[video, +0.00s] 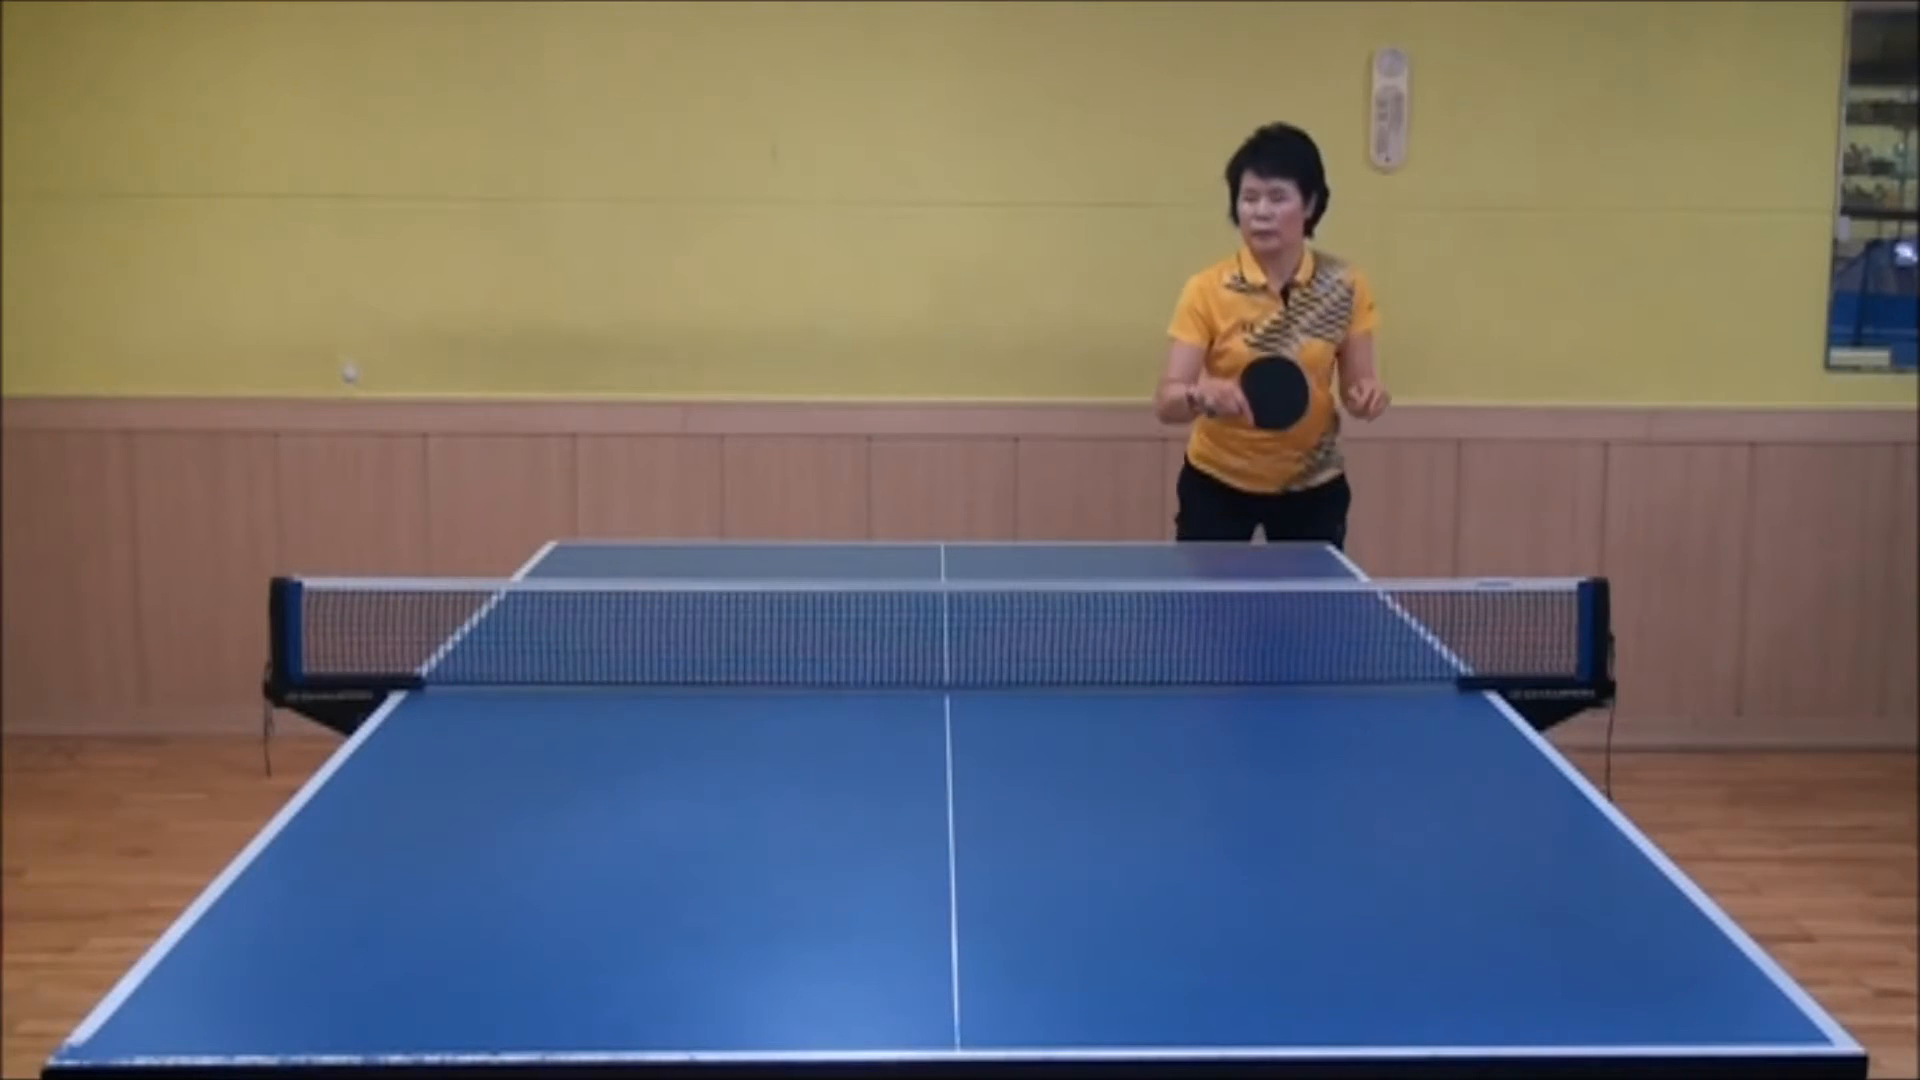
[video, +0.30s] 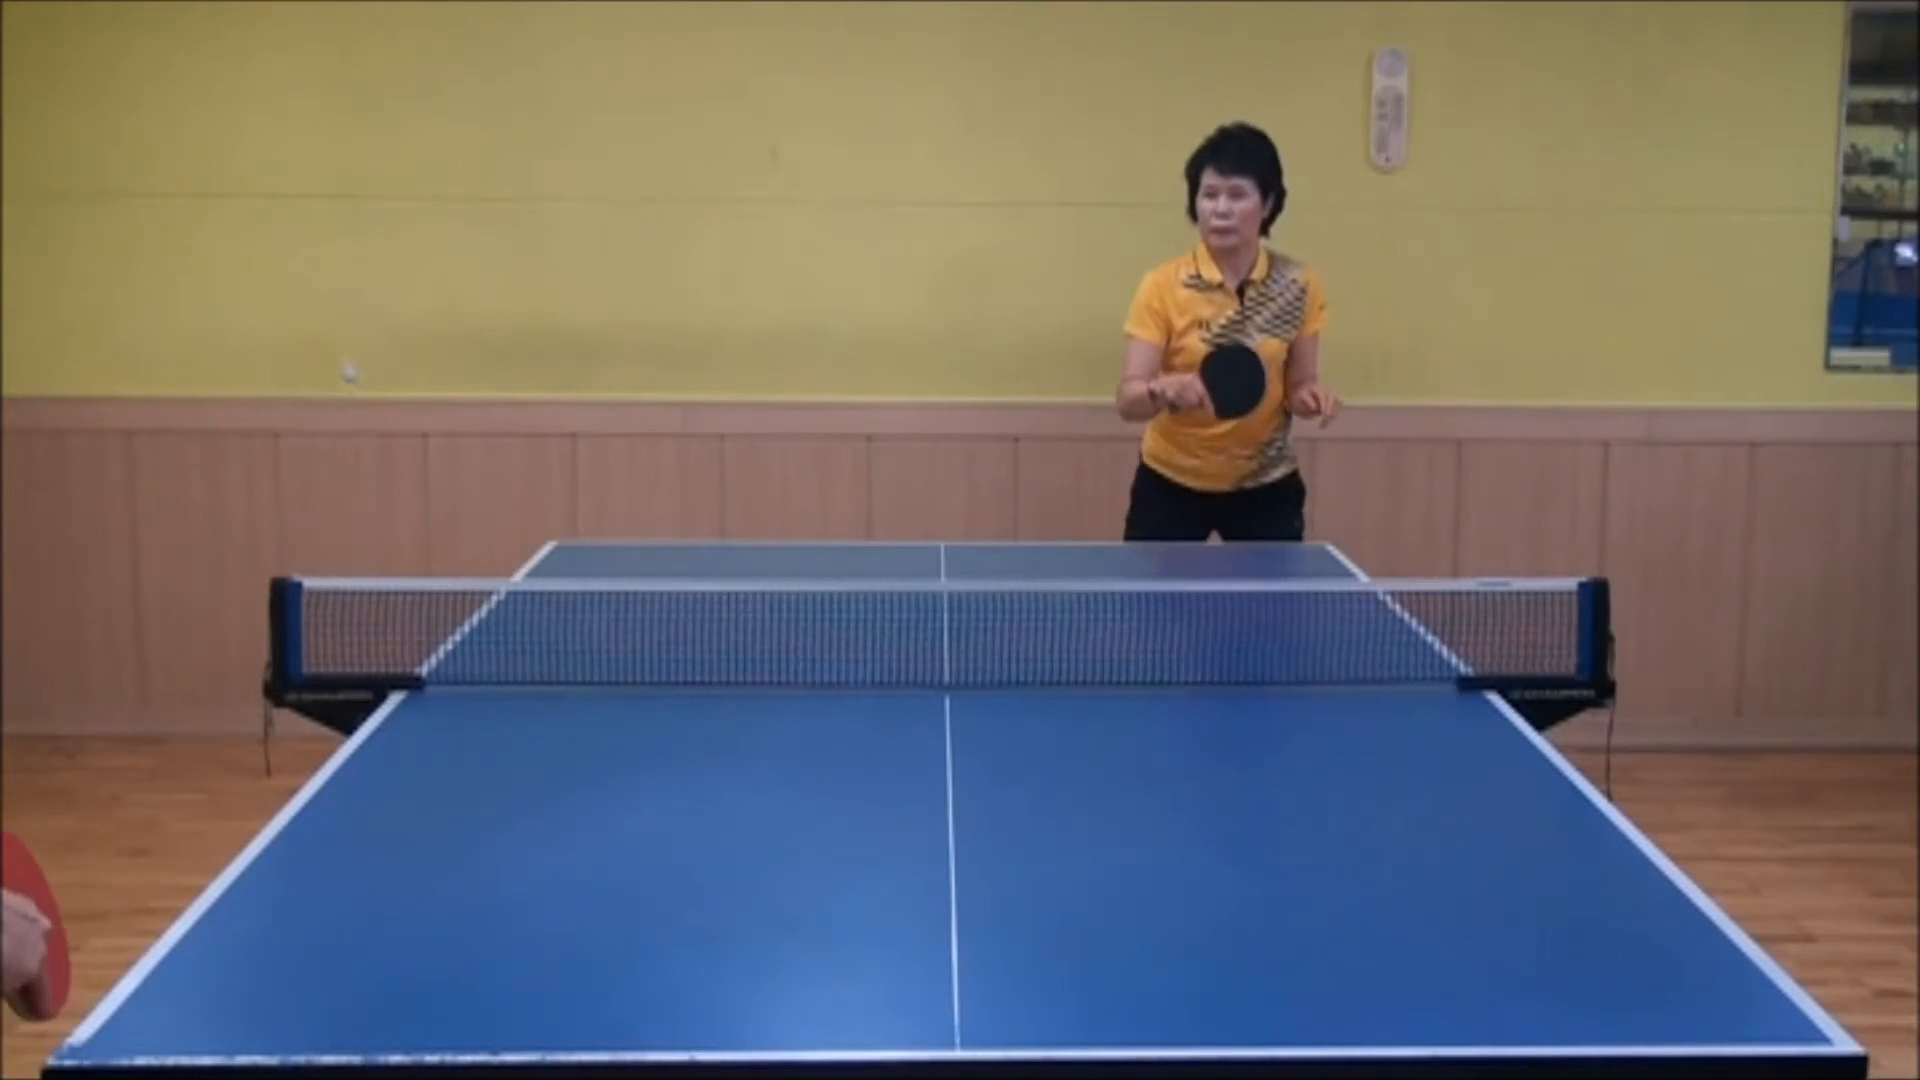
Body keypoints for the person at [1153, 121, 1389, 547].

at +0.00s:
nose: (1262, 212)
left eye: (1278, 197)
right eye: (1250, 197)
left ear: (1310, 205)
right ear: (1235, 205)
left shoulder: (1345, 290)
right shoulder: (1206, 291)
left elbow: (1357, 389)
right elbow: (1167, 404)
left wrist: (1367, 398)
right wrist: (1202, 395)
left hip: (1310, 488)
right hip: (1218, 484)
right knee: (1203, 604)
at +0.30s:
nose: (1221, 208)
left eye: (1237, 195)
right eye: (1210, 194)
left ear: (1267, 205)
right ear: (1194, 203)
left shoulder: (1298, 289)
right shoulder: (1162, 287)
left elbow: (1300, 386)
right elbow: (1129, 401)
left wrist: (1312, 399)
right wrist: (1162, 391)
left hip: (1264, 491)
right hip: (1171, 488)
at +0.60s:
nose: (1171, 207)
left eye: (1187, 192)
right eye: (1159, 192)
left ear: (1217, 199)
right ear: (1144, 200)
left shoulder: (1253, 282)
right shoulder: (1116, 283)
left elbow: (1262, 374)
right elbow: (1084, 395)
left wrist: (1256, 387)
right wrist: (1110, 388)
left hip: (1229, 482)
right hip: (1136, 480)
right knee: (1120, 599)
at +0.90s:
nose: (1182, 200)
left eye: (1197, 186)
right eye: (1170, 187)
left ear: (1228, 193)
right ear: (1154, 196)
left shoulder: (1265, 276)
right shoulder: (1129, 279)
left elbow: (1277, 370)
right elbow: (1104, 393)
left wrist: (1275, 383)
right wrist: (1133, 387)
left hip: (1240, 481)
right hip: (1148, 479)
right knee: (1134, 599)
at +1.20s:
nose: (1207, 203)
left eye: (1222, 188)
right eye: (1195, 189)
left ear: (1254, 195)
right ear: (1180, 198)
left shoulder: (1288, 281)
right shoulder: (1155, 282)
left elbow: (1297, 372)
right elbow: (1126, 393)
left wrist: (1294, 386)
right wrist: (1153, 390)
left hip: (1262, 486)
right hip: (1170, 483)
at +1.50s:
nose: (1194, 202)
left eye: (1209, 188)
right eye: (1182, 189)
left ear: (1242, 194)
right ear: (1167, 198)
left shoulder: (1282, 277)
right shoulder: (1144, 282)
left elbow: (1297, 369)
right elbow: (1117, 397)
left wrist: (1294, 383)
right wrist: (1139, 390)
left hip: (1263, 482)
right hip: (1170, 481)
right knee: (1154, 600)